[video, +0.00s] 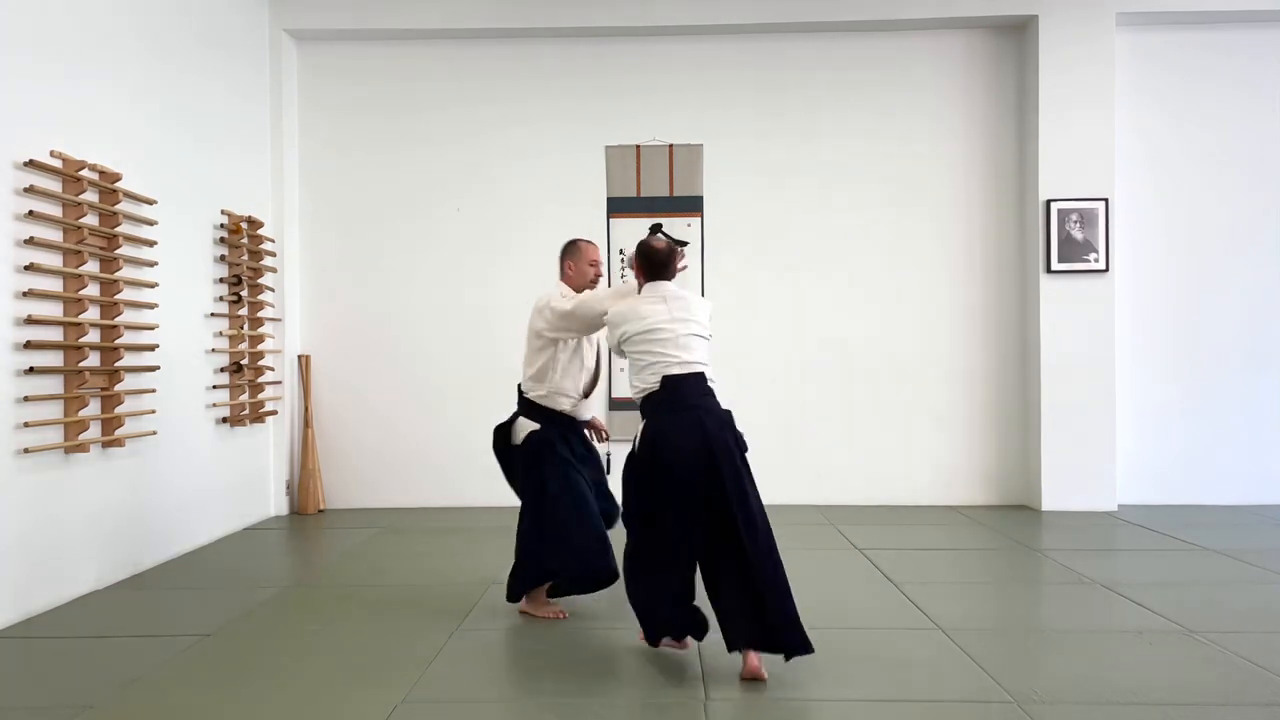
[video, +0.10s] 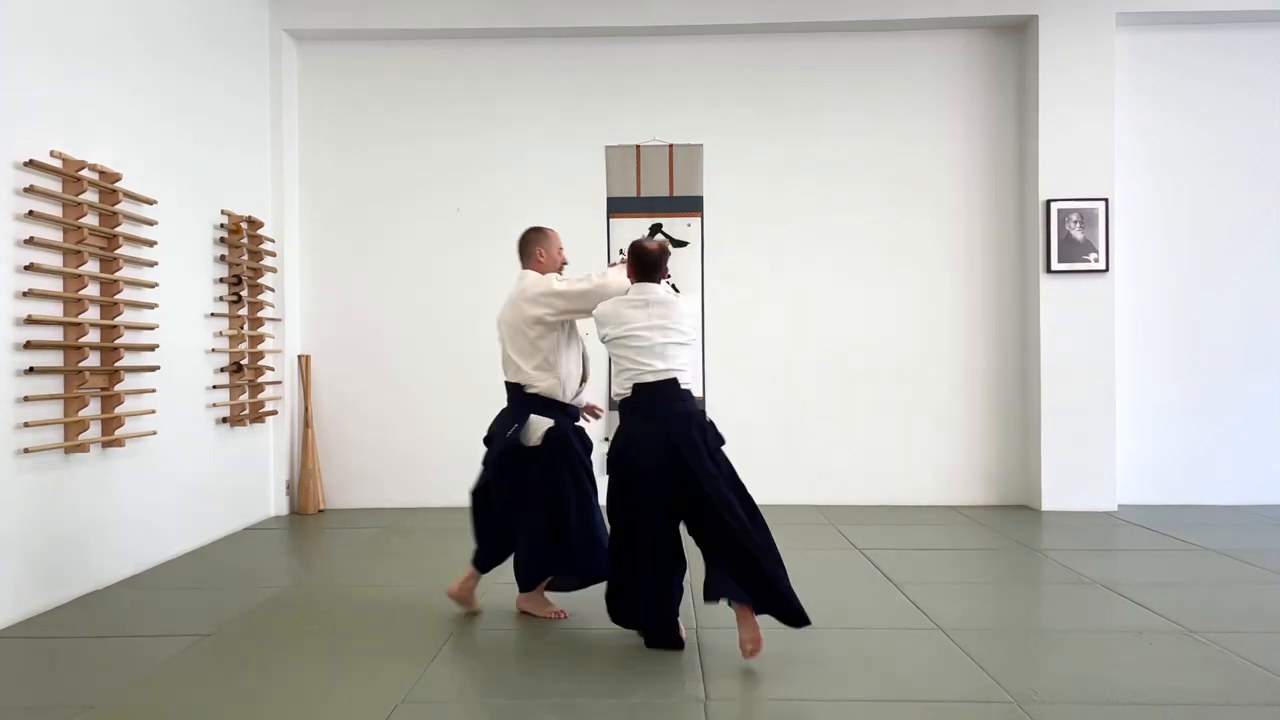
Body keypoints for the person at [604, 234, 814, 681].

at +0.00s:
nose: (626, 267)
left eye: (629, 262)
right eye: (678, 258)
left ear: (635, 271)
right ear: (676, 270)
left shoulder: (620, 313)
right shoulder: (699, 305)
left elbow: (619, 350)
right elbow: (696, 343)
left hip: (663, 428)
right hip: (711, 421)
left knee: (659, 528)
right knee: (728, 531)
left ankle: (670, 625)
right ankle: (750, 648)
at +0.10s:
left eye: (625, 262)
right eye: (668, 263)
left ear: (627, 271)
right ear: (666, 273)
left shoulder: (607, 311)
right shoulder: (686, 307)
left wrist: (634, 281)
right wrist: (657, 279)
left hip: (636, 423)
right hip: (685, 419)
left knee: (648, 525)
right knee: (715, 514)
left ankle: (664, 623)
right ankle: (739, 596)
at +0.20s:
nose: (619, 276)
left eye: (620, 272)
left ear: (623, 280)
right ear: (657, 283)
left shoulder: (602, 318)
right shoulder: (672, 322)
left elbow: (580, 324)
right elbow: (704, 341)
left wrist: (589, 275)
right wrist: (681, 305)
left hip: (615, 425)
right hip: (660, 425)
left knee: (633, 520)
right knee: (676, 508)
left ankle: (664, 620)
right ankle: (693, 593)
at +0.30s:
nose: (610, 283)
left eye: (612, 279)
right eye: (613, 277)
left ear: (618, 286)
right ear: (647, 292)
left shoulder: (590, 323)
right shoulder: (662, 334)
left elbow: (551, 348)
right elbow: (699, 379)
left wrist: (543, 311)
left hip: (603, 434)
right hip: (644, 432)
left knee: (605, 522)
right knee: (638, 514)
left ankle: (651, 605)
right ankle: (653, 598)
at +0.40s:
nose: (572, 297)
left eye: (579, 293)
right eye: (577, 291)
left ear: (595, 303)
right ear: (606, 307)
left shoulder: (577, 342)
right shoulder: (637, 344)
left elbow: (536, 372)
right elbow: (664, 400)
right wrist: (631, 399)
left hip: (601, 440)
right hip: (636, 438)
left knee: (598, 516)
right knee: (630, 514)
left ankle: (609, 595)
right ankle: (626, 586)